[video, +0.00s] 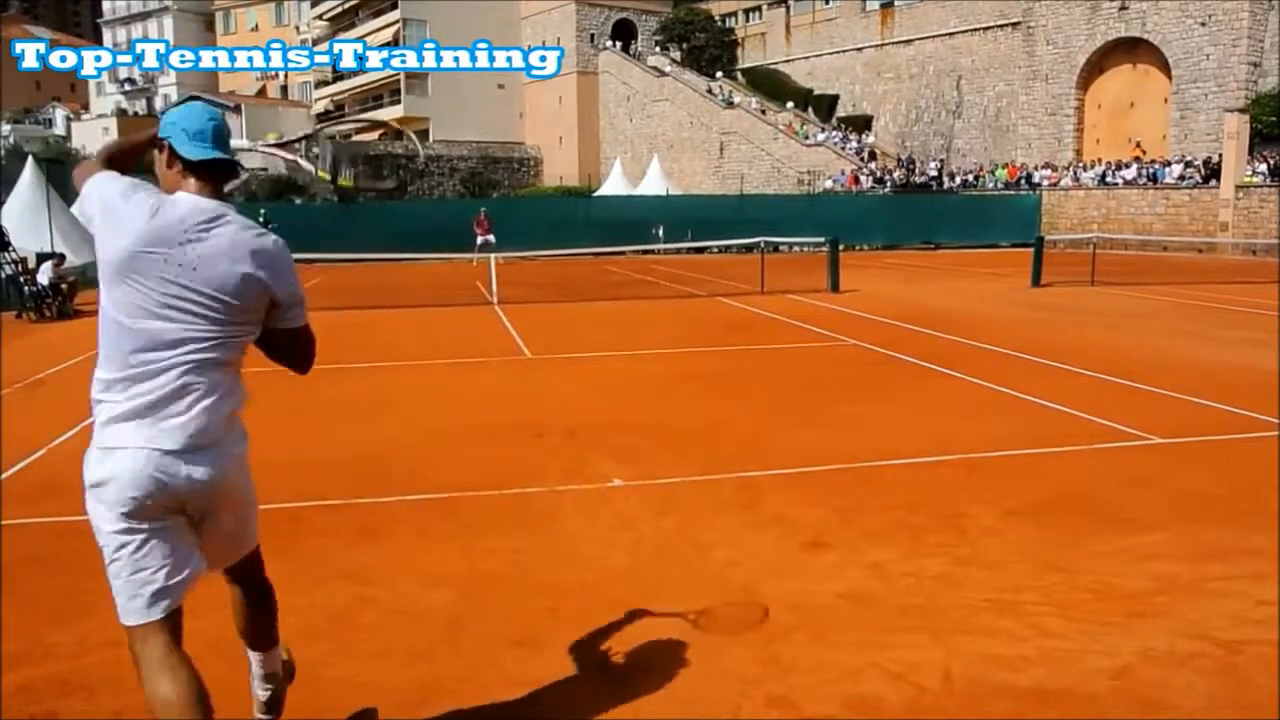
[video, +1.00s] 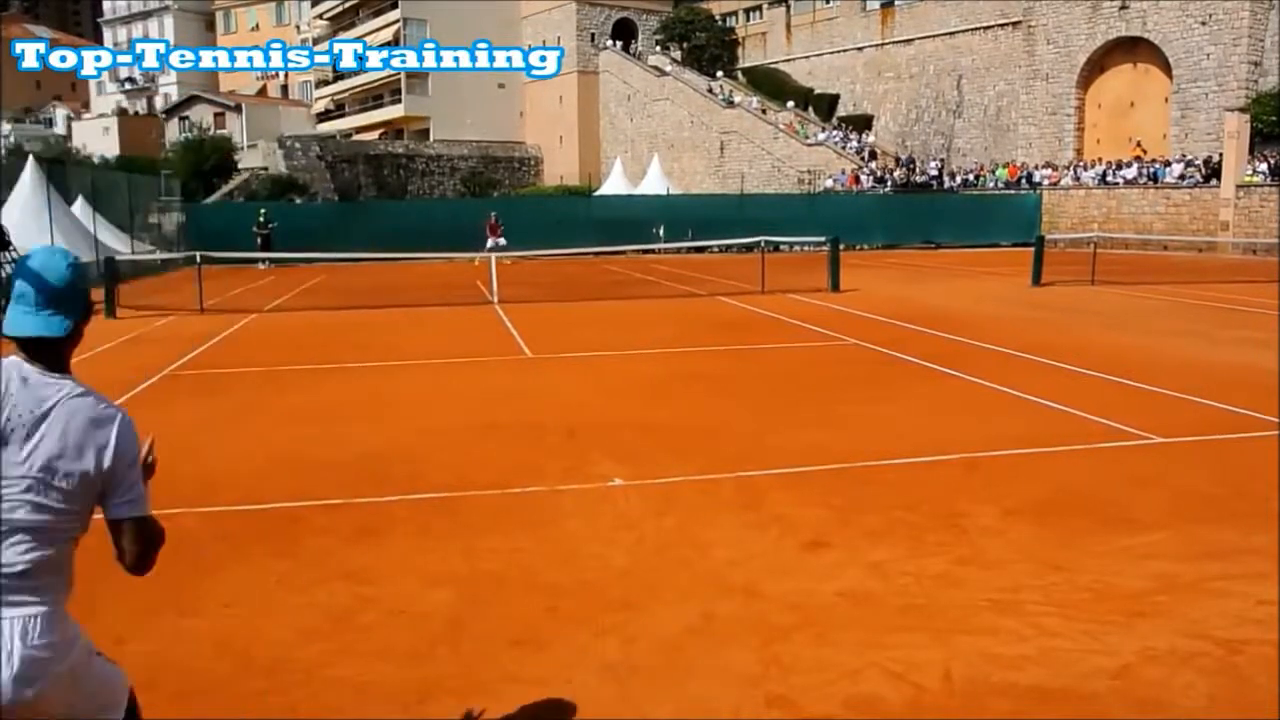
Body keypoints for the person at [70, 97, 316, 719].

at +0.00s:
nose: (159, 165)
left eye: (162, 157)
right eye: (166, 154)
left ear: (168, 160)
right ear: (228, 164)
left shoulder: (126, 212)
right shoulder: (261, 248)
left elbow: (89, 169)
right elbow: (299, 355)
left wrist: (153, 141)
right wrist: (231, 310)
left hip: (124, 457)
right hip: (214, 456)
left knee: (155, 639)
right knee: (248, 575)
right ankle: (267, 678)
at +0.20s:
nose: (124, 171)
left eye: (128, 163)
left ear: (128, 170)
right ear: (196, 188)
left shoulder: (82, 218)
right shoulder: (211, 274)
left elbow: (75, 117)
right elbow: (249, 379)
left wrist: (172, 99)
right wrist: (197, 316)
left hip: (67, 479)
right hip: (166, 478)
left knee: (65, 674)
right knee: (233, 580)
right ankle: (286, 692)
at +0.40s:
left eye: (104, 176)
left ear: (109, 189)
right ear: (179, 196)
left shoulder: (63, 230)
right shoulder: (196, 288)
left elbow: (51, 119)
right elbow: (227, 396)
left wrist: (153, 103)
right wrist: (174, 311)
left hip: (36, 494)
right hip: (140, 495)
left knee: (20, 697)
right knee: (224, 590)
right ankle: (289, 702)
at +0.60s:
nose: (63, 233)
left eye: (65, 226)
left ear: (64, 237)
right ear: (132, 244)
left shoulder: (19, 283)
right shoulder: (159, 333)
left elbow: (7, 182)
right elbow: (192, 448)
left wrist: (52, 122)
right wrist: (161, 371)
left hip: (5, 543)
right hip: (93, 542)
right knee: (196, 627)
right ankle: (260, 715)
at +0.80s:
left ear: (43, 266)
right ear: (118, 270)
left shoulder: (8, 311)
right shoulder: (140, 361)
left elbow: (3, 221)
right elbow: (176, 482)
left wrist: (29, 149)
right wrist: (154, 403)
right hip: (66, 571)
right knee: (176, 659)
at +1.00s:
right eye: (89, 311)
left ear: (9, 312)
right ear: (83, 323)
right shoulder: (102, 422)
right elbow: (137, 557)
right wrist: (138, 489)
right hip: (26, 637)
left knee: (116, 701)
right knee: (117, 703)